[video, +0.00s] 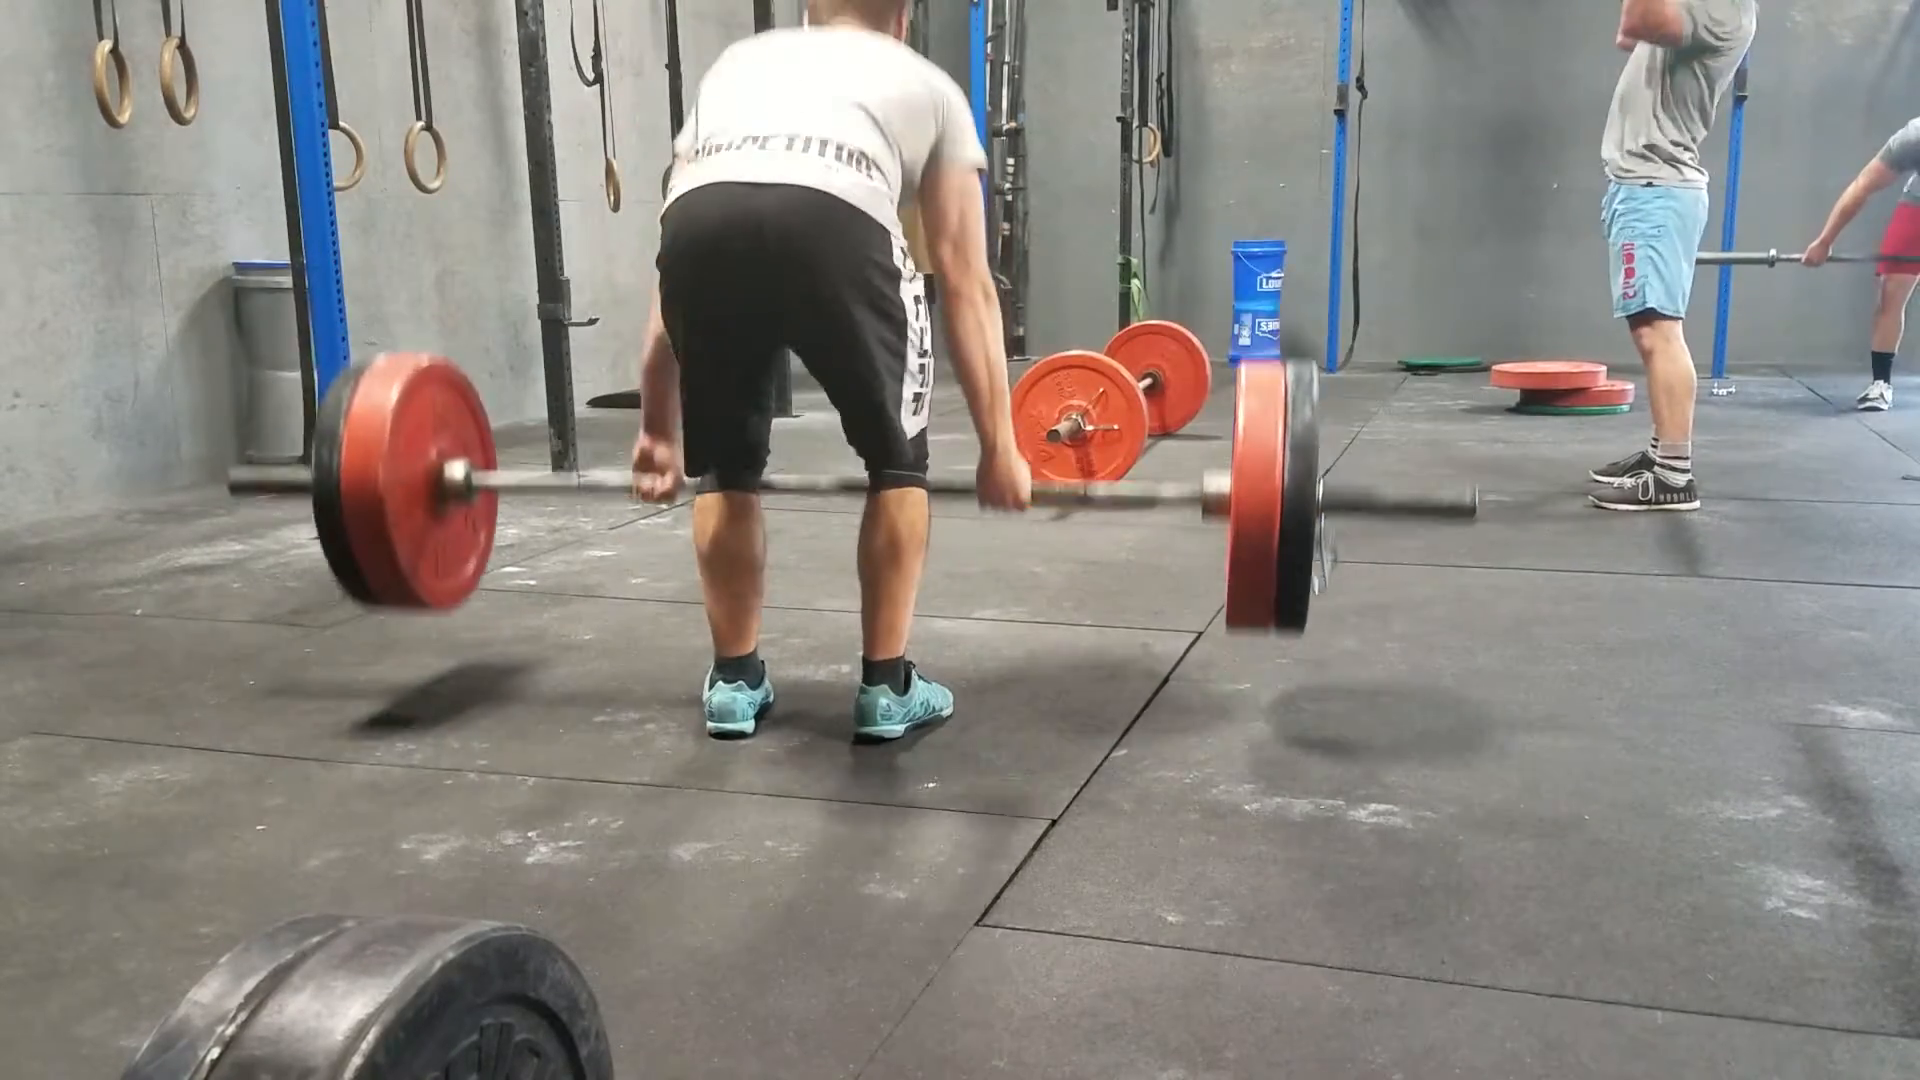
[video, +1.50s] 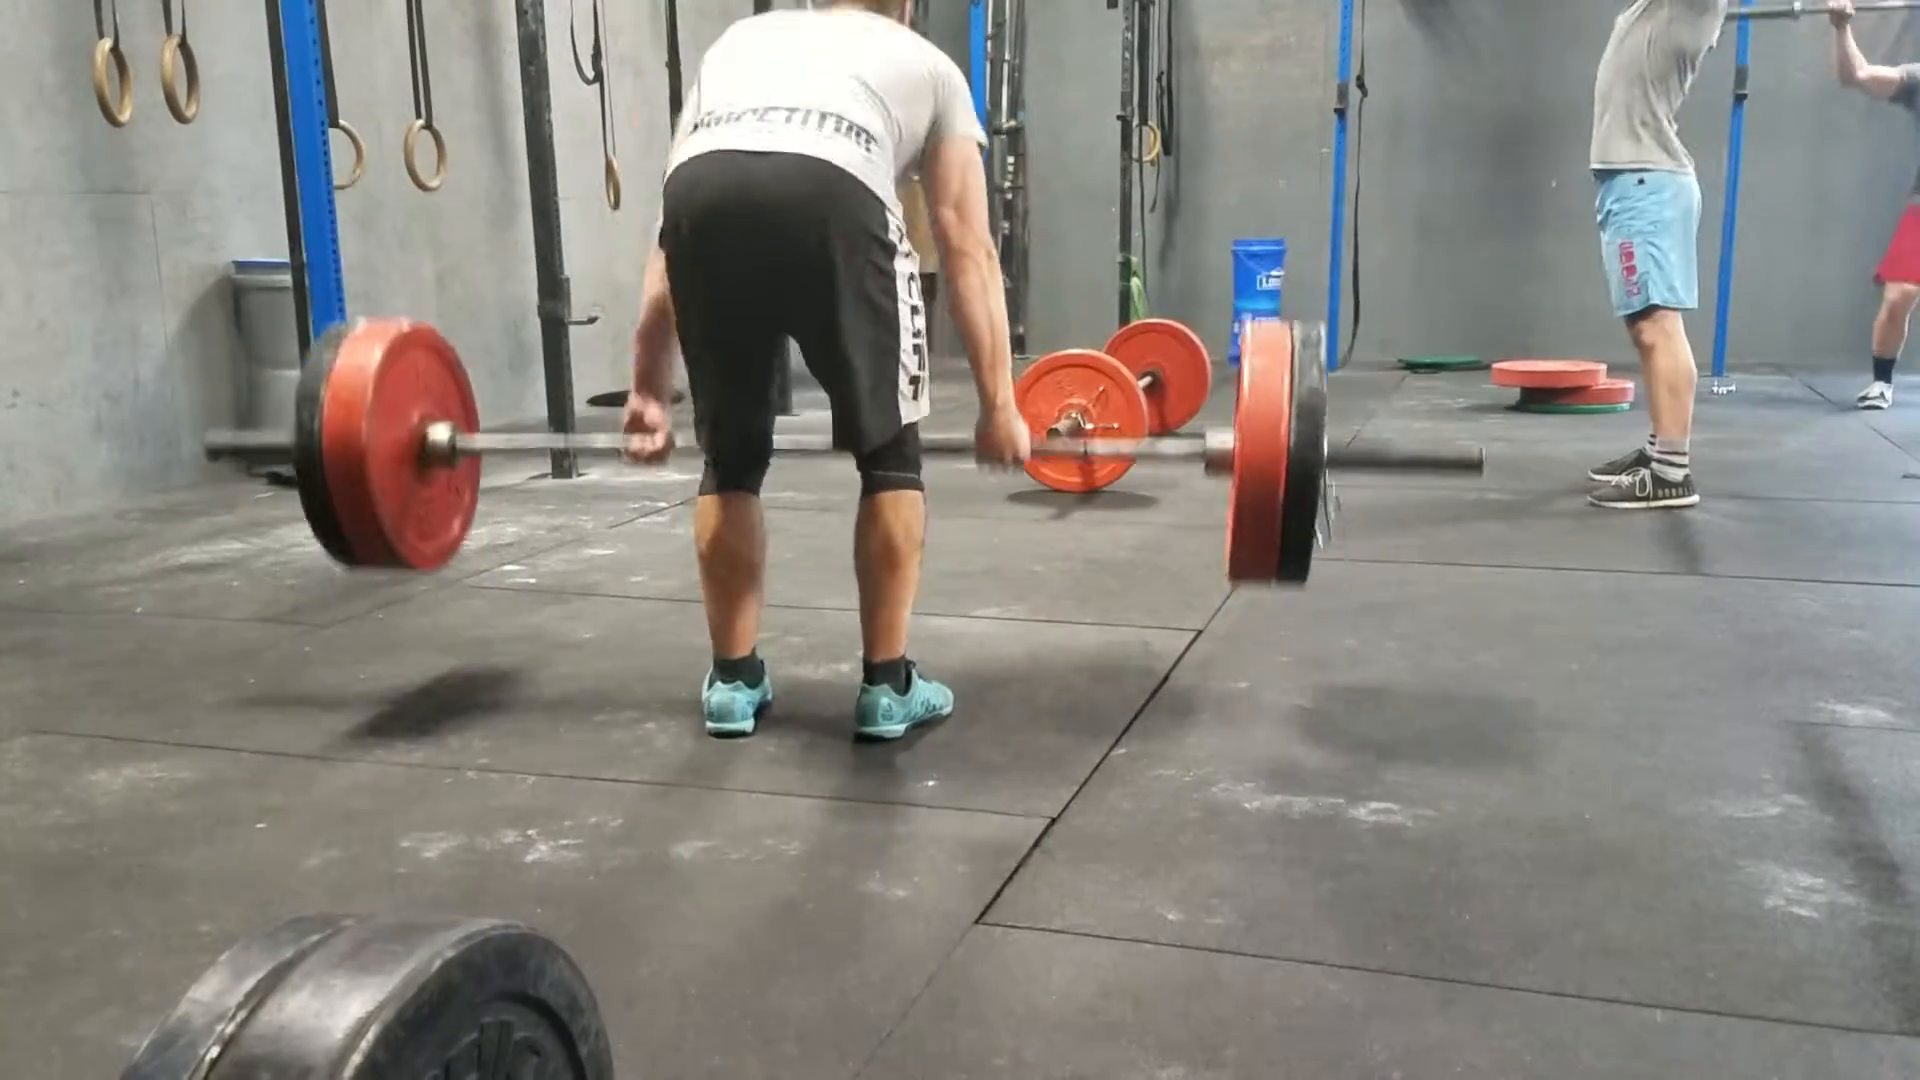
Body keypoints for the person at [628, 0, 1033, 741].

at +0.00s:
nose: (907, 27)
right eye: (910, 21)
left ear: (810, 15)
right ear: (901, 19)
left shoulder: (732, 63)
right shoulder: (931, 84)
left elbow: (676, 254)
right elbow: (963, 277)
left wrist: (656, 425)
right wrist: (998, 443)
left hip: (703, 224)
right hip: (834, 226)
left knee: (725, 476)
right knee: (895, 466)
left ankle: (733, 682)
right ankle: (884, 686)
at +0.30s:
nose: (910, 125)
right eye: (912, 116)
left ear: (819, 101)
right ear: (904, 109)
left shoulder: (742, 134)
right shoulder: (928, 163)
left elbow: (668, 367)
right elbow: (966, 338)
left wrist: (655, 485)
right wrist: (1000, 495)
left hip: (697, 239)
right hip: (836, 248)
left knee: (736, 465)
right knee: (899, 465)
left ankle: (734, 681)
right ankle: (886, 684)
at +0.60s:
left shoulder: (689, 5)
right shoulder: (929, 4)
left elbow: (660, 118)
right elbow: (960, 111)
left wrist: (639, 261)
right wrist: (995, 267)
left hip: (725, 180)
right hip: (847, 182)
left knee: (737, 453)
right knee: (880, 454)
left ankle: (732, 681)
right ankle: (885, 686)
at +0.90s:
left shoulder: (683, 7)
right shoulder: (930, 5)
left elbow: (658, 146)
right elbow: (958, 147)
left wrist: (643, 295)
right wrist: (995, 304)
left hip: (707, 215)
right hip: (834, 214)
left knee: (735, 455)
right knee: (885, 457)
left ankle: (731, 681)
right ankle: (885, 687)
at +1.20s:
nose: (913, 168)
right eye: (914, 159)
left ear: (822, 143)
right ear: (907, 155)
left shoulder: (746, 173)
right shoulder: (932, 209)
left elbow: (680, 392)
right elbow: (966, 395)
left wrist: (663, 538)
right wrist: (1003, 550)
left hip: (695, 272)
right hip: (838, 283)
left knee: (730, 476)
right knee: (911, 479)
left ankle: (735, 683)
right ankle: (886, 685)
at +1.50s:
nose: (917, 24)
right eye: (917, 19)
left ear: (821, 7)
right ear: (903, 13)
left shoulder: (737, 40)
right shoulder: (931, 65)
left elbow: (676, 223)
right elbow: (963, 239)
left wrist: (649, 387)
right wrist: (999, 400)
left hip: (705, 206)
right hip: (831, 208)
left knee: (730, 461)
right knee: (888, 457)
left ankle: (732, 681)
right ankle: (886, 685)